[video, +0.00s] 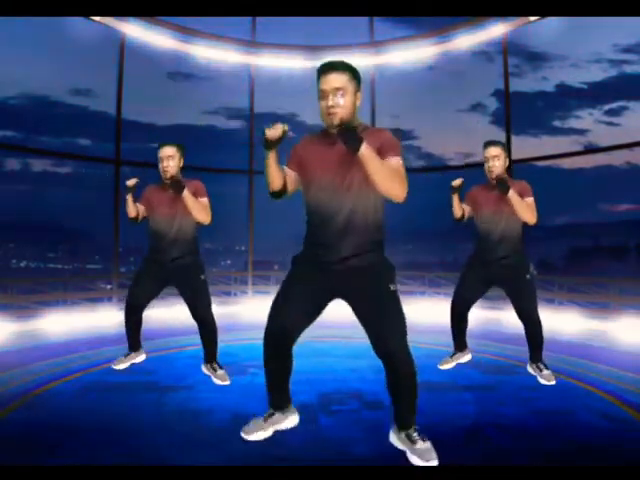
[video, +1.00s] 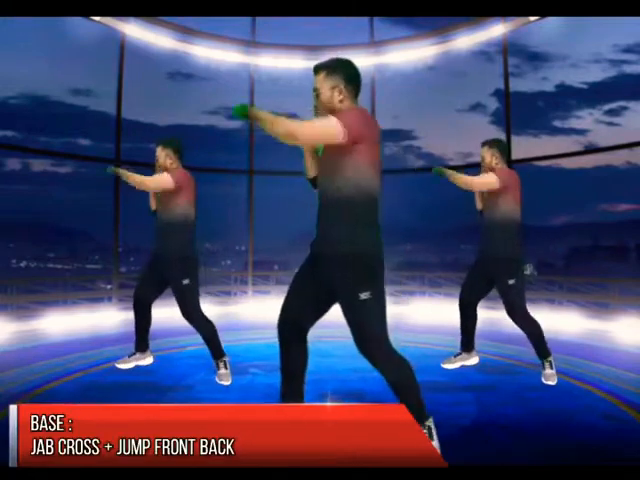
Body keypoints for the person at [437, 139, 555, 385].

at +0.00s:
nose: (492, 163)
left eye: (496, 158)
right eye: (488, 159)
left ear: (506, 160)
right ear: (483, 163)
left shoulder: (520, 188)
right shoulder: (477, 192)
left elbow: (530, 217)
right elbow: (460, 215)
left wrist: (507, 190)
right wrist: (455, 194)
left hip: (513, 264)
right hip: (482, 263)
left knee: (530, 316)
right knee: (458, 306)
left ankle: (536, 362)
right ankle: (460, 351)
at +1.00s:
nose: (482, 161)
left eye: (485, 157)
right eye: (482, 157)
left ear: (496, 156)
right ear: (494, 157)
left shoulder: (507, 175)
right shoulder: (493, 179)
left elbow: (471, 183)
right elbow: (482, 208)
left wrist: (447, 173)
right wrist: (480, 182)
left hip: (508, 257)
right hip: (490, 256)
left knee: (517, 312)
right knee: (467, 298)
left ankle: (546, 360)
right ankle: (467, 352)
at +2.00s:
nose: (465, 154)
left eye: (469, 149)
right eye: (464, 150)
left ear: (484, 151)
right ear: (466, 154)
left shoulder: (504, 174)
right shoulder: (466, 184)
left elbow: (511, 203)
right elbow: (451, 206)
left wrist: (484, 179)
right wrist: (444, 184)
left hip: (501, 251)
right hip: (472, 251)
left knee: (521, 304)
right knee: (450, 293)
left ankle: (532, 352)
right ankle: (443, 341)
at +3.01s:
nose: (480, 162)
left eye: (482, 157)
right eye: (480, 158)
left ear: (492, 156)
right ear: (497, 157)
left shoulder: (496, 176)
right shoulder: (501, 179)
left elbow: (458, 182)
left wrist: (433, 173)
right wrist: (441, 176)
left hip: (499, 258)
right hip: (489, 256)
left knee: (513, 313)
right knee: (464, 300)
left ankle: (548, 359)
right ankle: (461, 354)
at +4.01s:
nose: (461, 164)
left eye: (465, 159)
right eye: (460, 160)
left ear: (479, 160)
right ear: (462, 163)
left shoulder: (500, 188)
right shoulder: (461, 195)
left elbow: (510, 220)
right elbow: (444, 215)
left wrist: (486, 196)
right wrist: (438, 194)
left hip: (496, 264)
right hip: (465, 263)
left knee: (520, 312)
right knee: (447, 305)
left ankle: (519, 358)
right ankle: (443, 347)